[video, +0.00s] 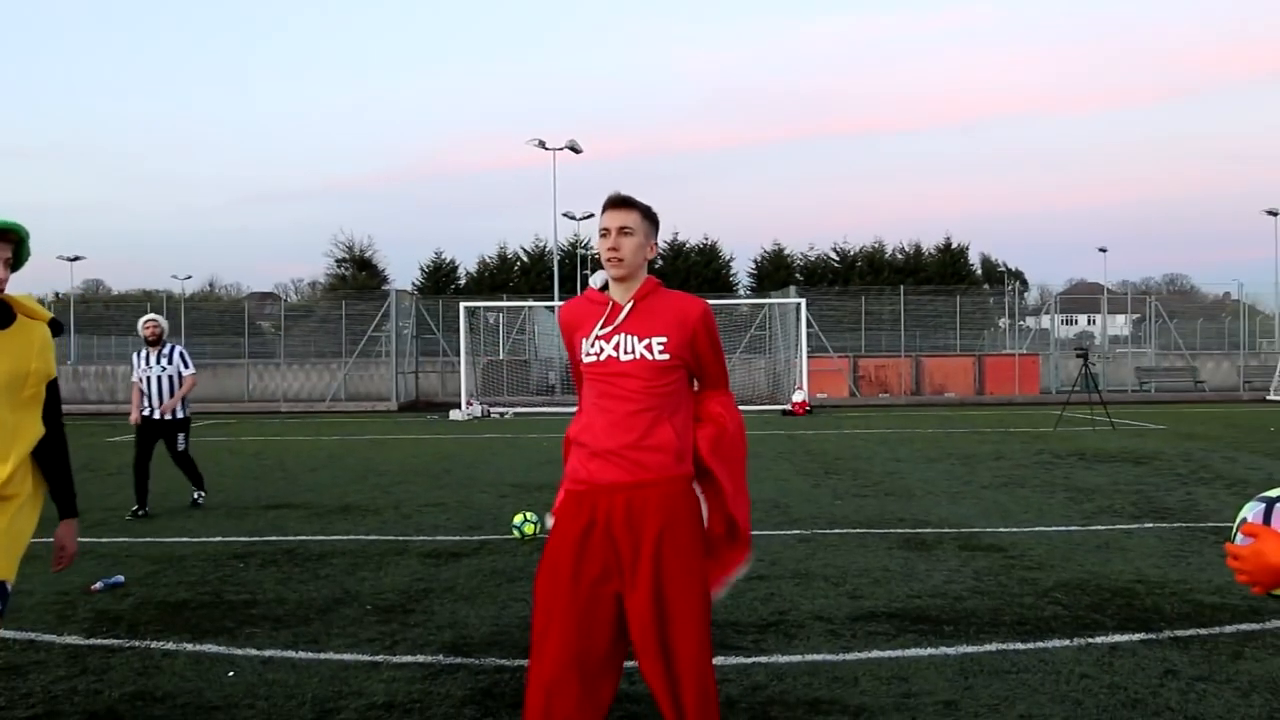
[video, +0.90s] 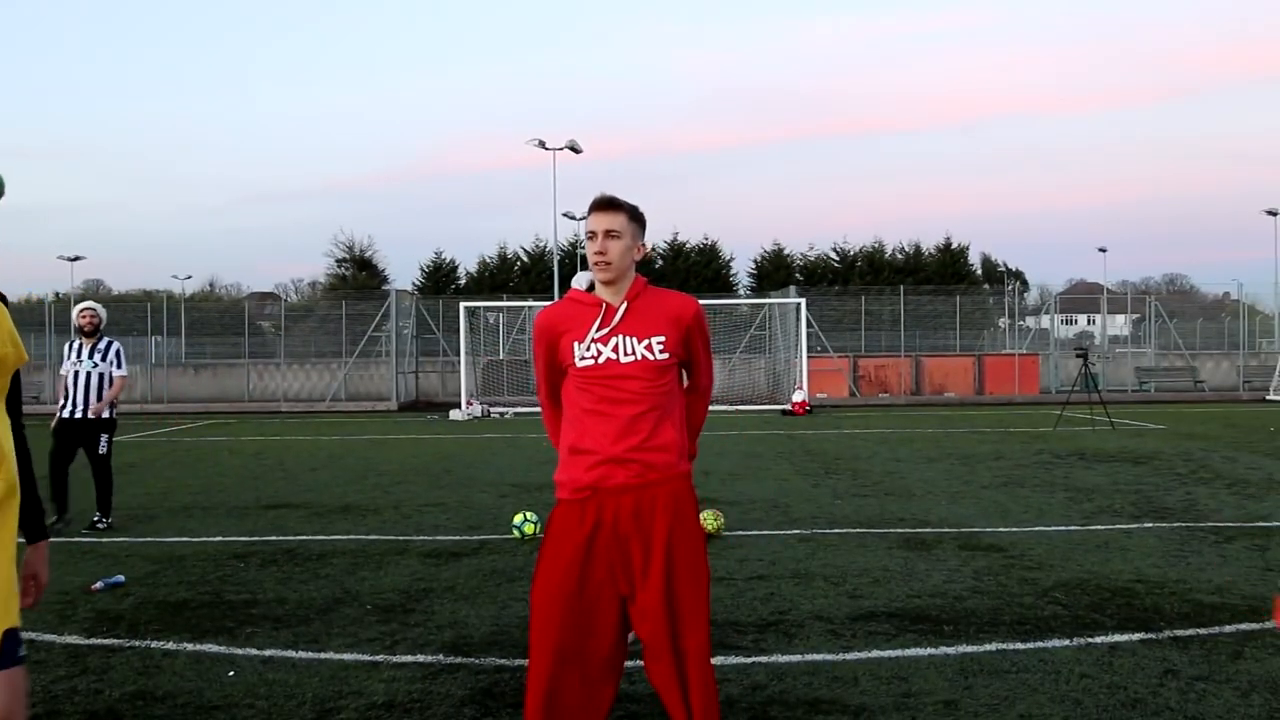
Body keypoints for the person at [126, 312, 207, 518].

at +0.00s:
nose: (151, 331)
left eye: (155, 327)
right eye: (147, 328)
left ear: (162, 330)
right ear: (142, 333)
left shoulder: (177, 352)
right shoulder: (138, 357)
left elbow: (191, 379)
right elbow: (137, 384)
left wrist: (173, 401)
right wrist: (135, 409)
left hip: (175, 418)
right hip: (149, 418)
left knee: (180, 456)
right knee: (141, 461)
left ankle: (199, 488)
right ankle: (141, 505)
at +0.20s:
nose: (134, 324)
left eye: (138, 320)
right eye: (130, 321)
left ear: (145, 323)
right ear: (125, 326)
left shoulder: (160, 345)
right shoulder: (120, 350)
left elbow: (173, 375)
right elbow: (117, 382)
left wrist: (177, 405)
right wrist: (113, 412)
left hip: (156, 409)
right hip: (130, 411)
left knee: (151, 450)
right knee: (133, 458)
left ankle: (163, 489)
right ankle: (140, 504)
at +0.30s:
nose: (127, 323)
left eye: (131, 319)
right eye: (123, 320)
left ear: (139, 323)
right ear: (117, 325)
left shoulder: (153, 345)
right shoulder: (110, 350)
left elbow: (168, 374)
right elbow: (106, 381)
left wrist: (176, 405)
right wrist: (101, 413)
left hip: (147, 409)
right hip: (121, 411)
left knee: (137, 453)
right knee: (128, 456)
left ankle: (139, 504)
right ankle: (135, 502)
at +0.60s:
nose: (110, 327)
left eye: (115, 323)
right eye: (106, 323)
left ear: (122, 328)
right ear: (99, 329)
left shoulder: (133, 353)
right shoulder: (91, 353)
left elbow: (147, 384)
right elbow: (85, 385)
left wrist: (150, 416)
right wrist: (78, 416)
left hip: (124, 416)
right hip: (99, 416)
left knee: (109, 463)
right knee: (102, 464)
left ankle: (104, 514)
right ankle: (131, 496)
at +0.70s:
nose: (103, 323)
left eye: (108, 320)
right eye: (99, 320)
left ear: (115, 324)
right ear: (92, 325)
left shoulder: (125, 350)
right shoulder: (85, 349)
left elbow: (137, 383)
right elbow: (78, 381)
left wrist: (131, 416)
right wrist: (72, 413)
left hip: (113, 416)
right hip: (87, 416)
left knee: (104, 464)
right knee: (79, 463)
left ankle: (103, 513)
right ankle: (110, 490)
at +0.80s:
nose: (98, 321)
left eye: (102, 317)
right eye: (93, 317)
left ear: (110, 321)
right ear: (87, 322)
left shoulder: (121, 347)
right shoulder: (80, 347)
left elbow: (130, 381)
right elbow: (73, 379)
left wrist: (120, 411)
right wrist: (68, 410)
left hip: (106, 416)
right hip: (80, 415)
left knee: (104, 466)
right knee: (69, 460)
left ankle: (104, 515)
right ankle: (92, 496)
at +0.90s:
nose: (88, 320)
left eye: (93, 316)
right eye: (83, 316)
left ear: (100, 321)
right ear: (77, 321)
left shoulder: (113, 348)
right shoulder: (70, 347)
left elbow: (120, 382)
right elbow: (65, 380)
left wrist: (103, 403)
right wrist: (59, 411)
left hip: (99, 419)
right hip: (71, 418)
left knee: (101, 468)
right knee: (57, 464)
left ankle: (103, 515)